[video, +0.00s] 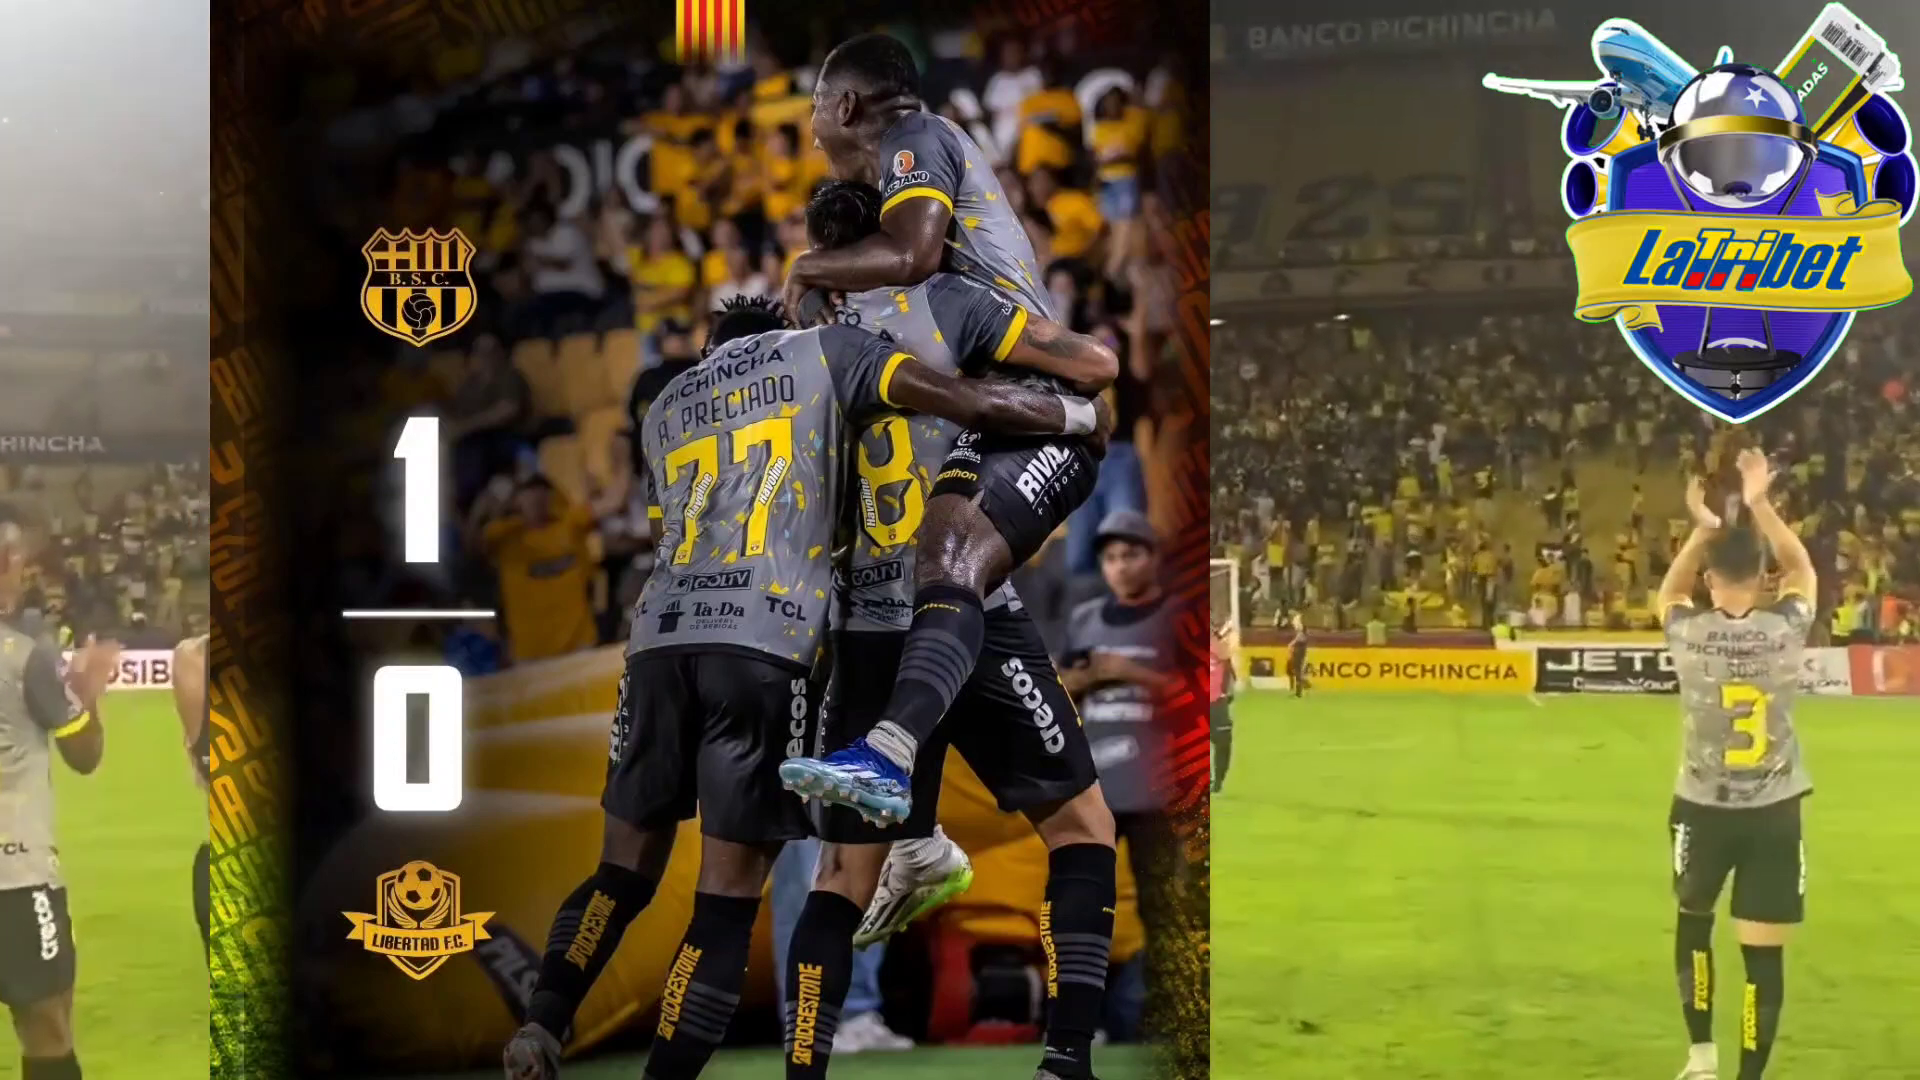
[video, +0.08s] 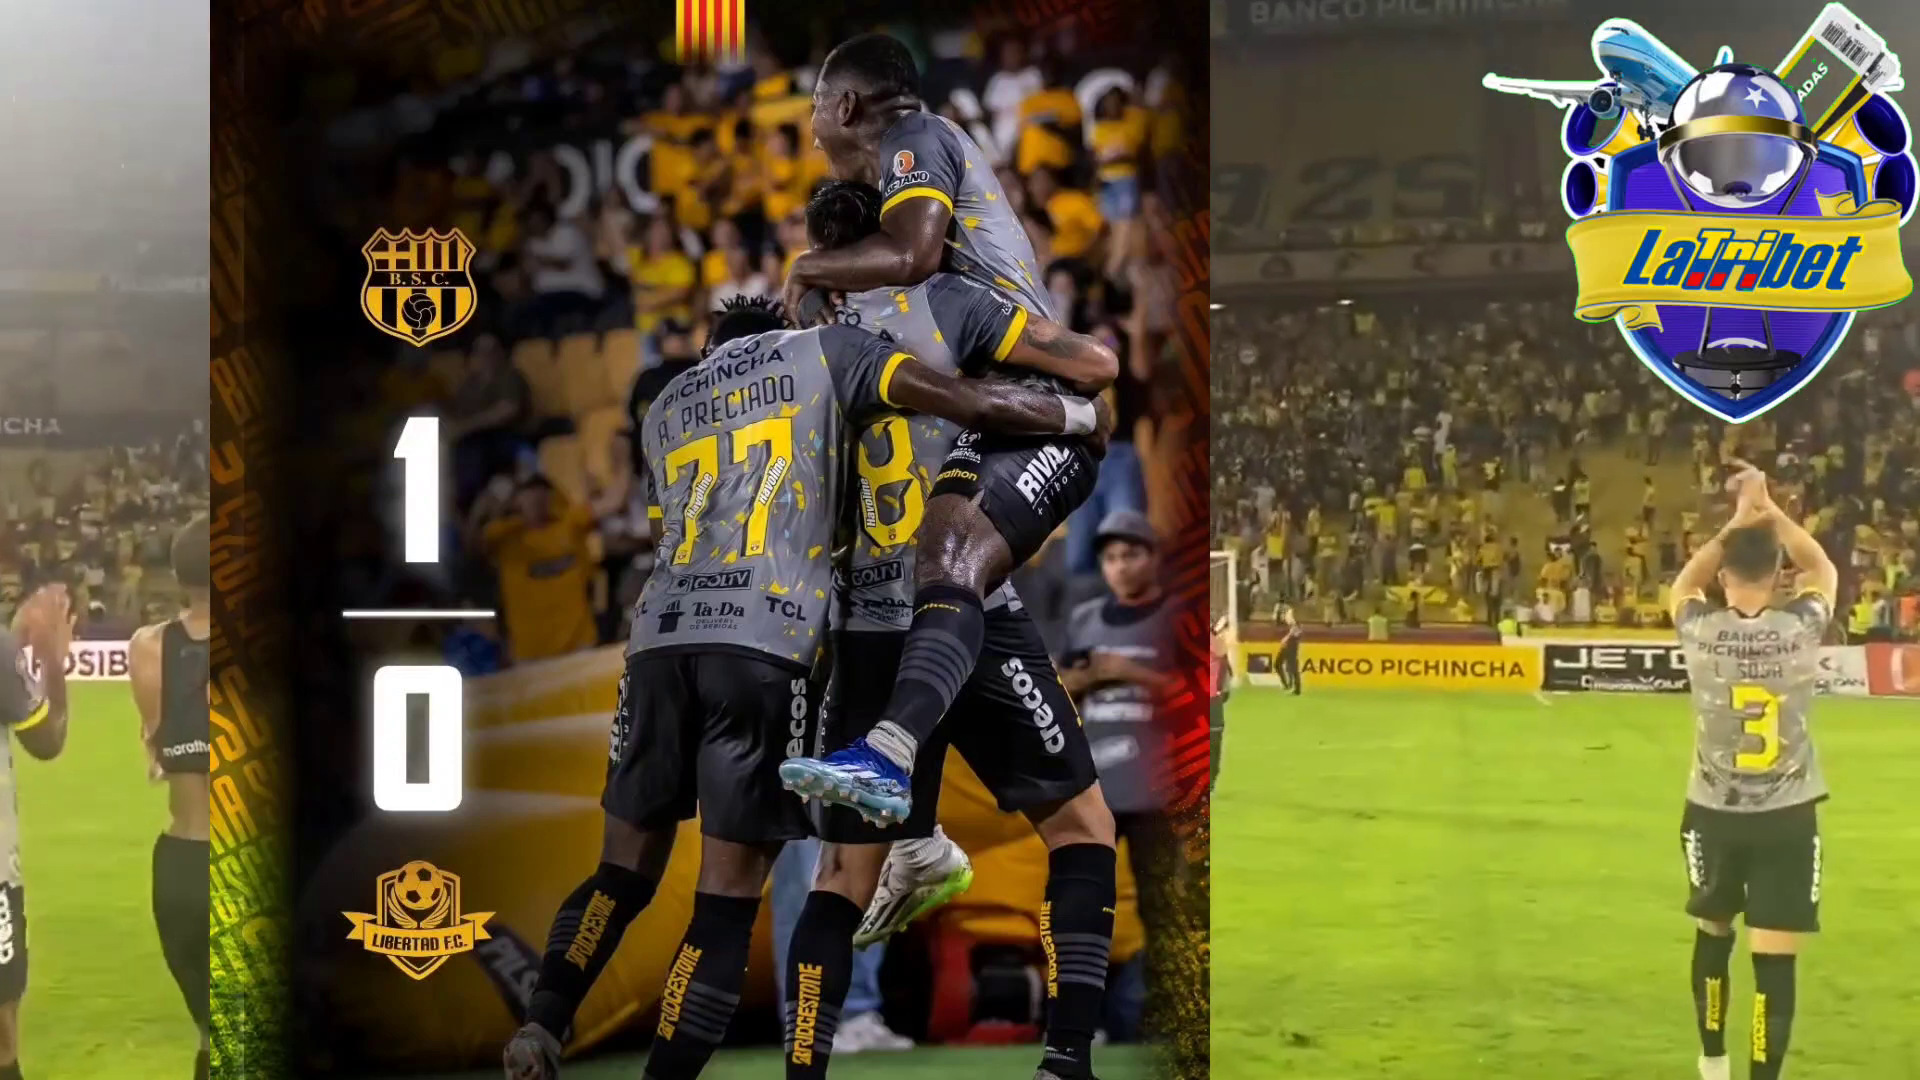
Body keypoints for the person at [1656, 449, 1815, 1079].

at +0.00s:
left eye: (1714, 570)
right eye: (1748, 569)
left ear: (1707, 582)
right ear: (1766, 579)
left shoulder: (1689, 634)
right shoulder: (1785, 629)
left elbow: (1676, 587)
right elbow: (1799, 566)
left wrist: (1703, 531)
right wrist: (1758, 503)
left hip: (1704, 811)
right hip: (1774, 811)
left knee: (1694, 924)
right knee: (1764, 946)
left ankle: (1701, 1054)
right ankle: (1752, 1073)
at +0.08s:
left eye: (1731, 573)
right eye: (1772, 573)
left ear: (1717, 577)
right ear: (1781, 578)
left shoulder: (1698, 630)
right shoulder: (1801, 629)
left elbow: (1688, 582)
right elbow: (1821, 569)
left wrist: (1734, 526)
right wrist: (1770, 514)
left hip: (1713, 815)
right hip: (1786, 818)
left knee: (1713, 929)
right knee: (1775, 951)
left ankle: (1714, 1065)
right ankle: (1767, 1074)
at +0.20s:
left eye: (1718, 565)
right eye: (1768, 565)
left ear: (1708, 574)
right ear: (1770, 575)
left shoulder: (1687, 632)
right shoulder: (1790, 630)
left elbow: (1676, 584)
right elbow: (1816, 567)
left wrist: (1708, 525)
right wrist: (1774, 499)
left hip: (1700, 818)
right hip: (1773, 820)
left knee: (1706, 939)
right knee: (1762, 959)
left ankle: (1711, 1070)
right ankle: (1753, 1073)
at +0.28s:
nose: (1741, 571)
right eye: (1736, 563)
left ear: (1675, 567)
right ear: (1733, 571)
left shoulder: (1648, 626)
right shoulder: (1750, 626)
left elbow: (1658, 575)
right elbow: (1780, 563)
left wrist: (1689, 521)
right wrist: (1731, 498)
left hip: (1663, 811)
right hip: (1734, 814)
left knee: (1671, 933)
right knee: (1730, 951)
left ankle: (1674, 1068)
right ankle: (1712, 1072)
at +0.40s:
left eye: (1631, 559)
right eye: (1684, 563)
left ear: (1626, 565)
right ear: (1682, 569)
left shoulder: (1598, 623)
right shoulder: (1703, 623)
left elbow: (1604, 568)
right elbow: (1739, 565)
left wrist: (1658, 503)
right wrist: (1692, 504)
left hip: (1613, 809)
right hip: (1684, 813)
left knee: (1620, 934)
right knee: (1696, 947)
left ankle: (1621, 1068)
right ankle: (1661, 1045)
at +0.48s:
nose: (1622, 588)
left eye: (1574, 573)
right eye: (1615, 577)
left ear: (1564, 576)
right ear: (1613, 580)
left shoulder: (1531, 627)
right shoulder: (1630, 630)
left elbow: (1531, 583)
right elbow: (1673, 570)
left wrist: (1559, 527)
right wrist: (1630, 501)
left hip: (1544, 810)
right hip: (1618, 812)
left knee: (1545, 947)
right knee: (1639, 938)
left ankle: (1541, 1069)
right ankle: (1595, 1052)